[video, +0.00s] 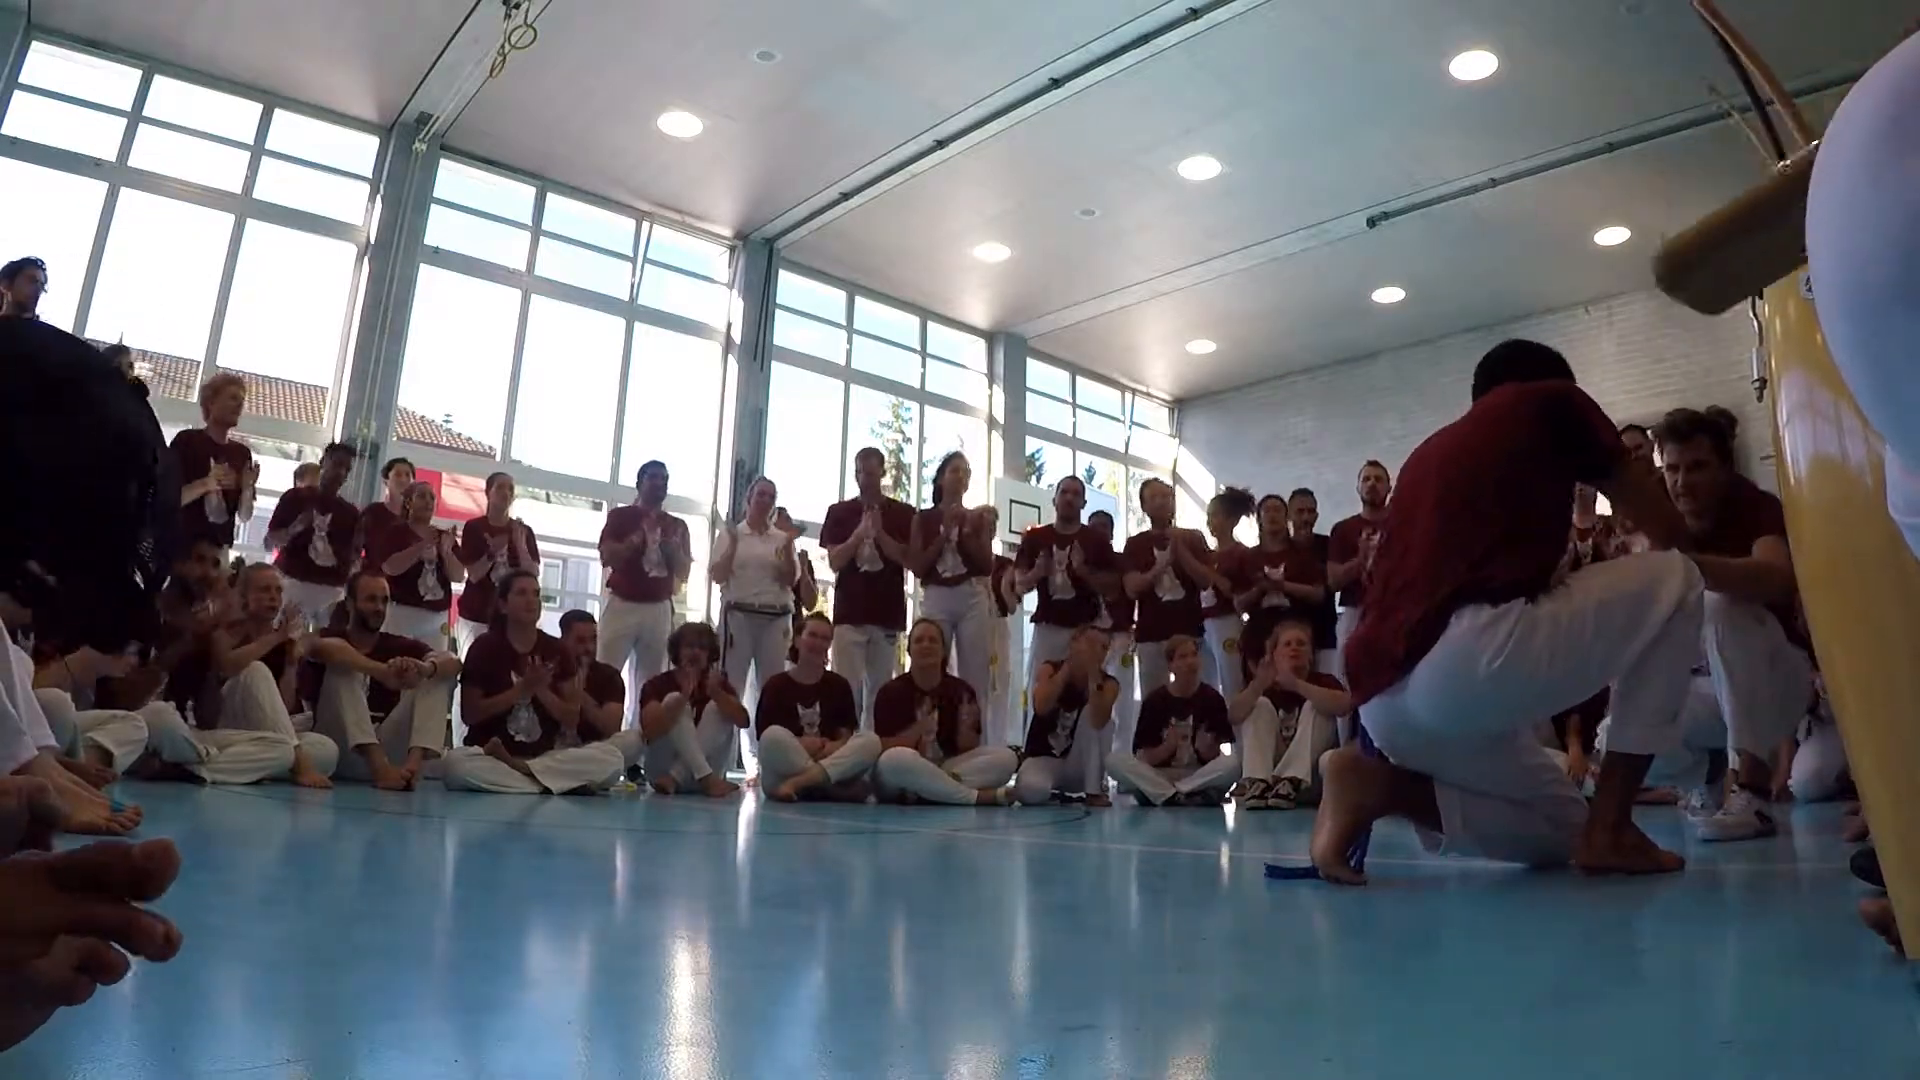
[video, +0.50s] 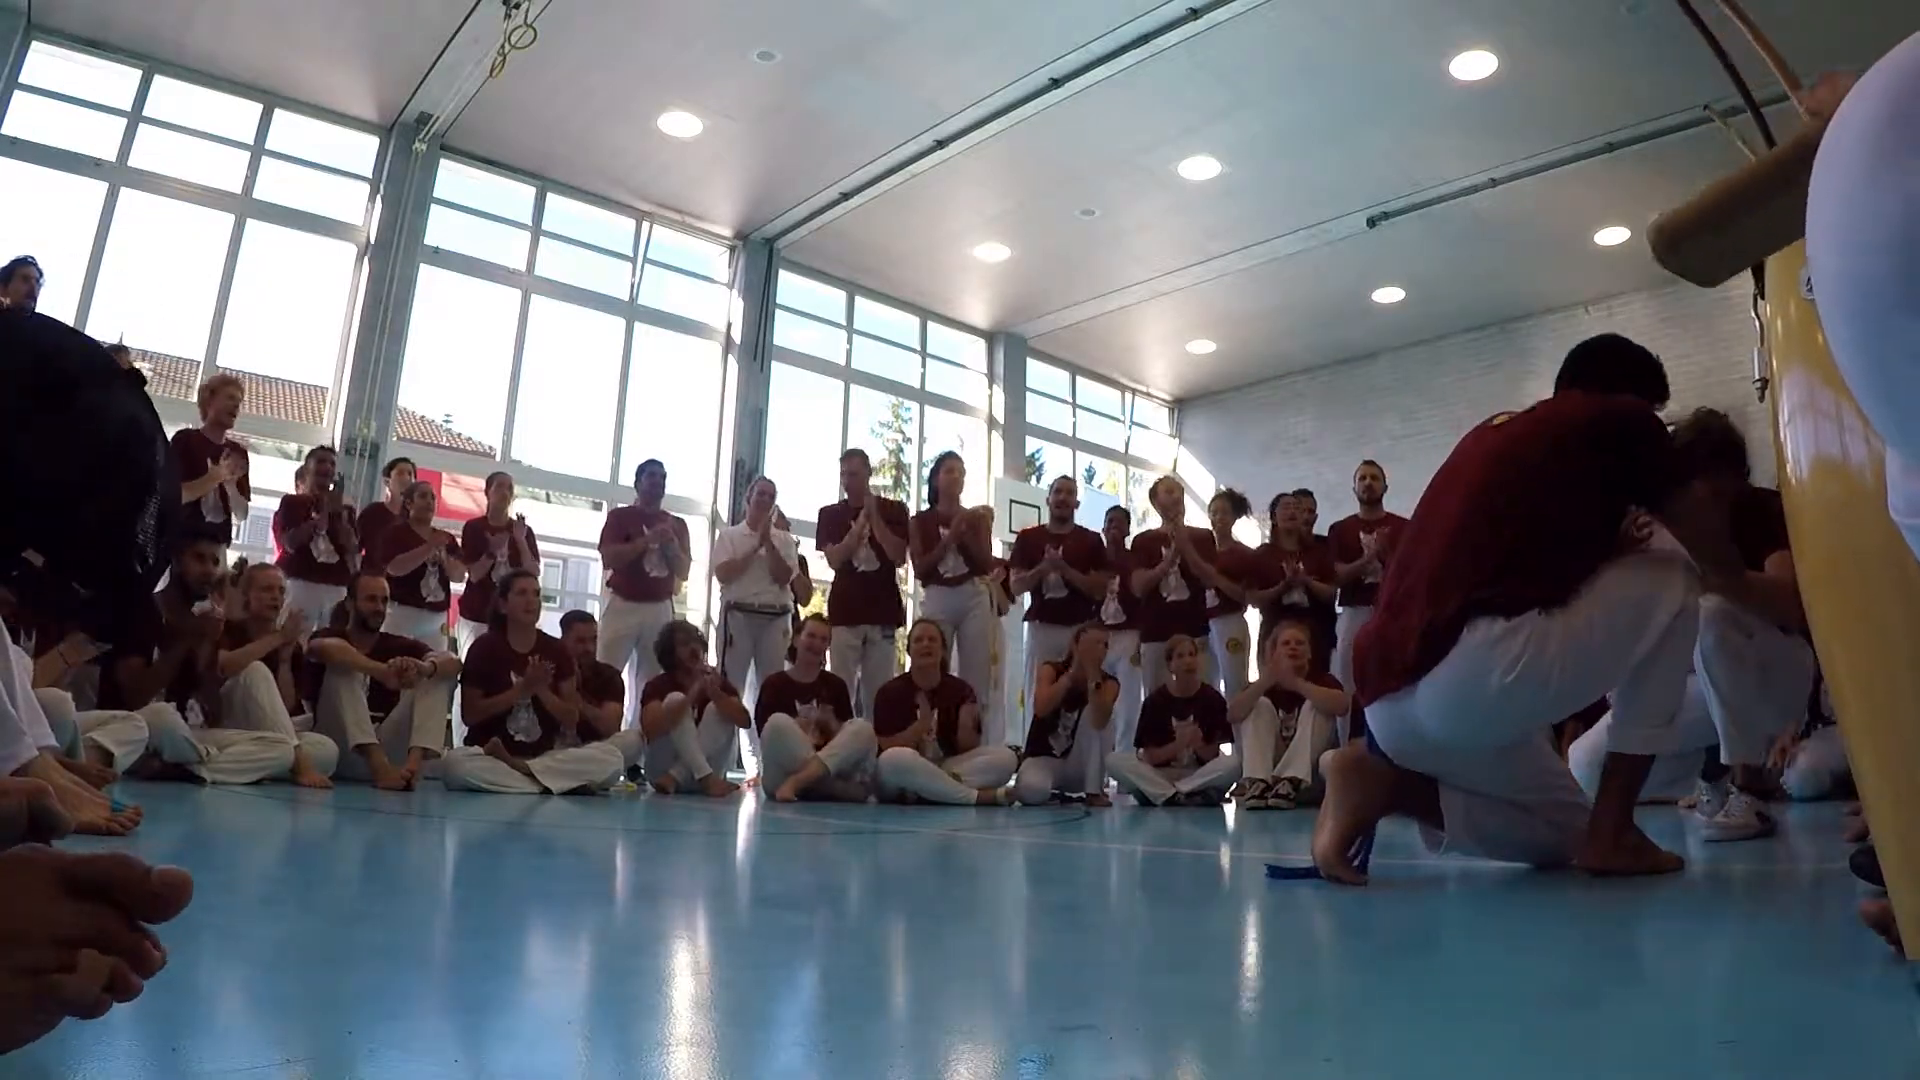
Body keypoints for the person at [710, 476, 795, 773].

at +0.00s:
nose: (763, 499)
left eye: (768, 496)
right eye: (759, 494)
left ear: (775, 503)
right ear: (748, 498)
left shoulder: (783, 538)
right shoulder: (729, 534)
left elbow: (790, 580)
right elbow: (718, 576)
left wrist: (788, 543)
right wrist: (733, 542)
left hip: (776, 617)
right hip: (738, 615)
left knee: (773, 689)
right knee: (730, 688)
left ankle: (769, 757)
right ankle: (723, 758)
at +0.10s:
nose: (764, 499)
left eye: (769, 496)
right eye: (760, 494)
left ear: (774, 503)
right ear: (748, 497)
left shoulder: (783, 536)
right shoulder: (730, 534)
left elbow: (790, 578)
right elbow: (719, 574)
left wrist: (786, 543)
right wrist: (732, 542)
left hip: (776, 618)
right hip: (737, 615)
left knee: (773, 688)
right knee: (730, 687)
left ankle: (768, 750)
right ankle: (723, 749)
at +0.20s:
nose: (763, 499)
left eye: (769, 495)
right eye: (759, 493)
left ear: (775, 503)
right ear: (748, 497)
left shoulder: (784, 538)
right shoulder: (729, 535)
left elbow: (785, 578)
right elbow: (723, 575)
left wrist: (771, 546)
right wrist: (754, 546)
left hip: (776, 619)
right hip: (737, 617)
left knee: (773, 691)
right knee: (730, 689)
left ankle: (769, 761)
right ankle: (720, 759)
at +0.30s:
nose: (765, 500)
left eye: (770, 496)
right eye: (760, 494)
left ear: (775, 503)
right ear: (748, 497)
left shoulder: (783, 538)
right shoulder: (729, 534)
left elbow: (784, 578)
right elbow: (723, 575)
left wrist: (771, 545)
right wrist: (752, 543)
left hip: (776, 619)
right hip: (737, 617)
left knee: (773, 690)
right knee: (729, 689)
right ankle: (723, 746)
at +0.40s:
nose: (763, 499)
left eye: (769, 496)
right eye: (759, 494)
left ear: (775, 503)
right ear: (748, 497)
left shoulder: (784, 538)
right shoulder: (730, 534)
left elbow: (786, 579)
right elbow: (722, 574)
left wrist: (780, 540)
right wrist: (745, 541)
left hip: (776, 617)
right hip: (737, 615)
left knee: (772, 688)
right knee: (730, 687)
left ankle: (770, 758)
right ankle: (724, 757)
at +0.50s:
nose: (762, 499)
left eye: (768, 496)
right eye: (758, 494)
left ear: (775, 503)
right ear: (747, 497)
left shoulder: (785, 539)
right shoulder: (729, 534)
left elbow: (784, 578)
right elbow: (723, 574)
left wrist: (768, 543)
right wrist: (755, 548)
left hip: (776, 618)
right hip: (737, 616)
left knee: (773, 690)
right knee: (730, 688)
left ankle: (769, 760)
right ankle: (723, 759)